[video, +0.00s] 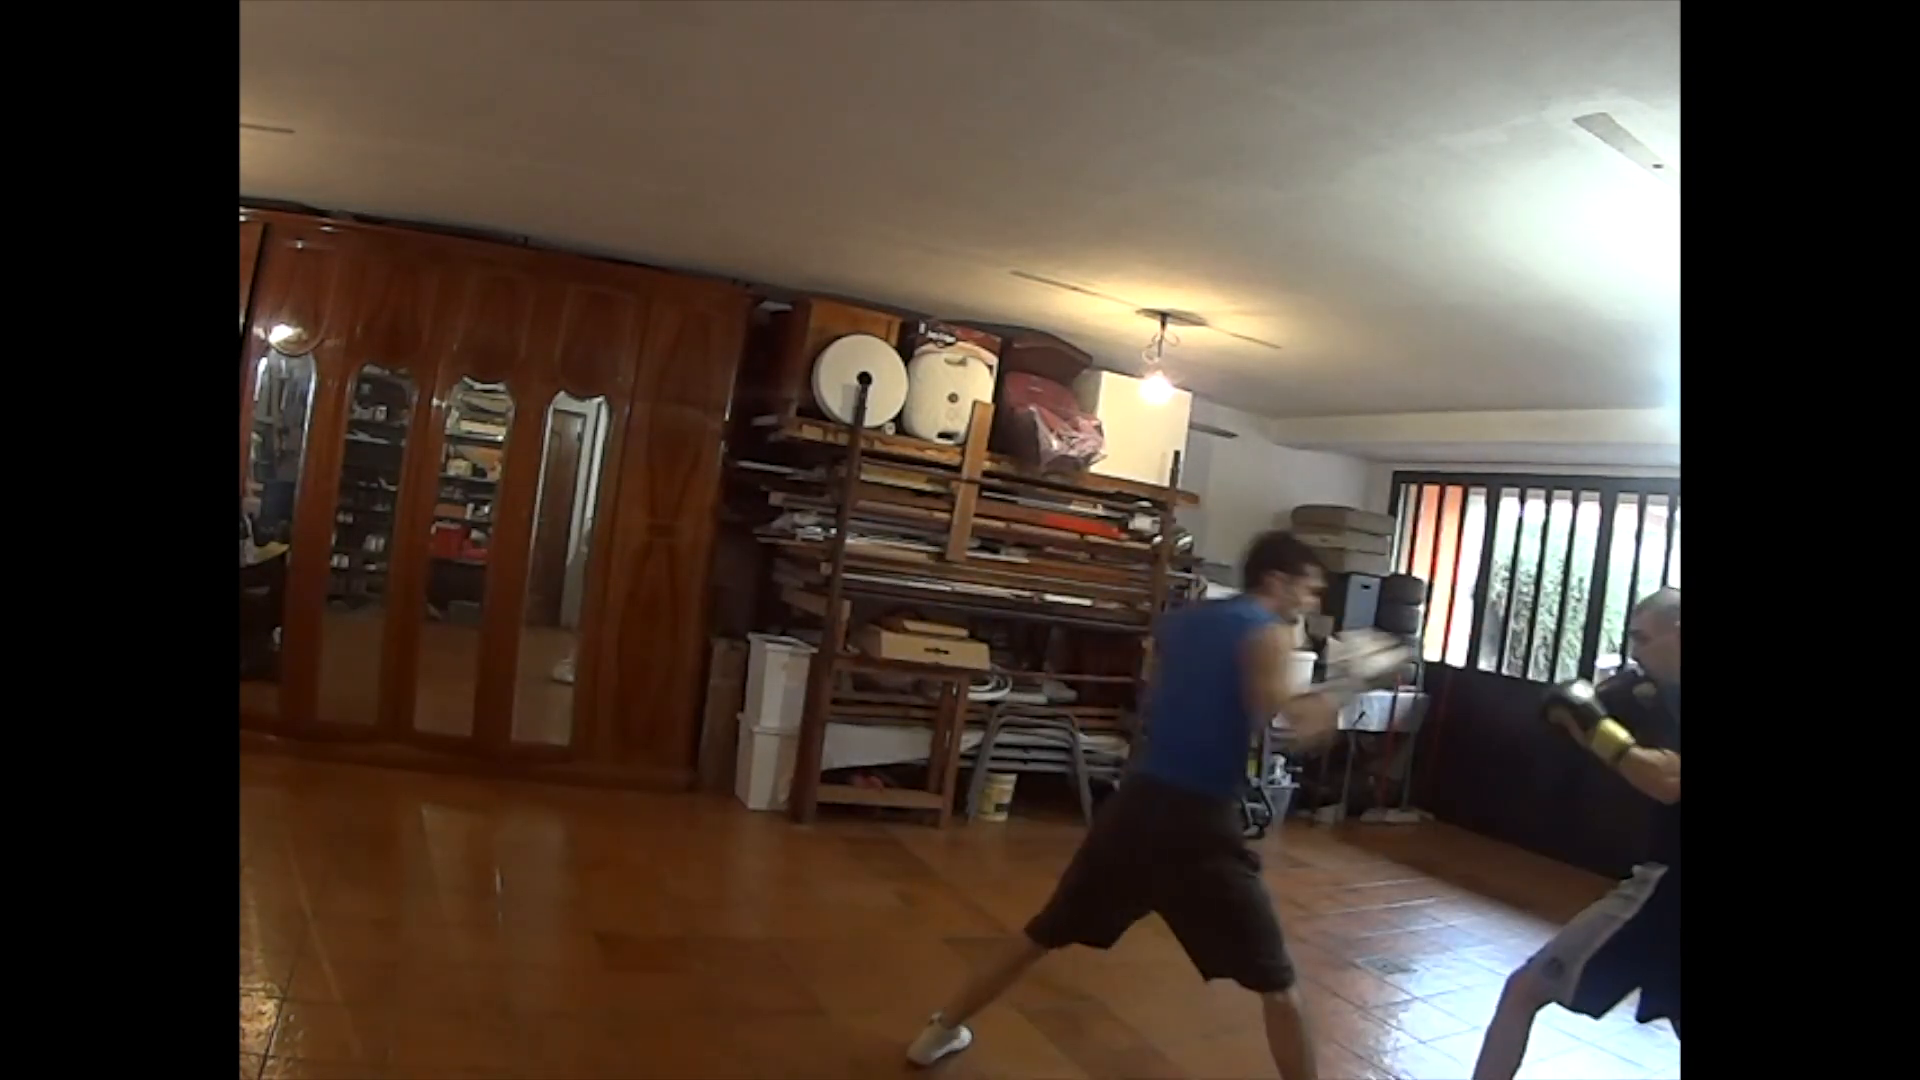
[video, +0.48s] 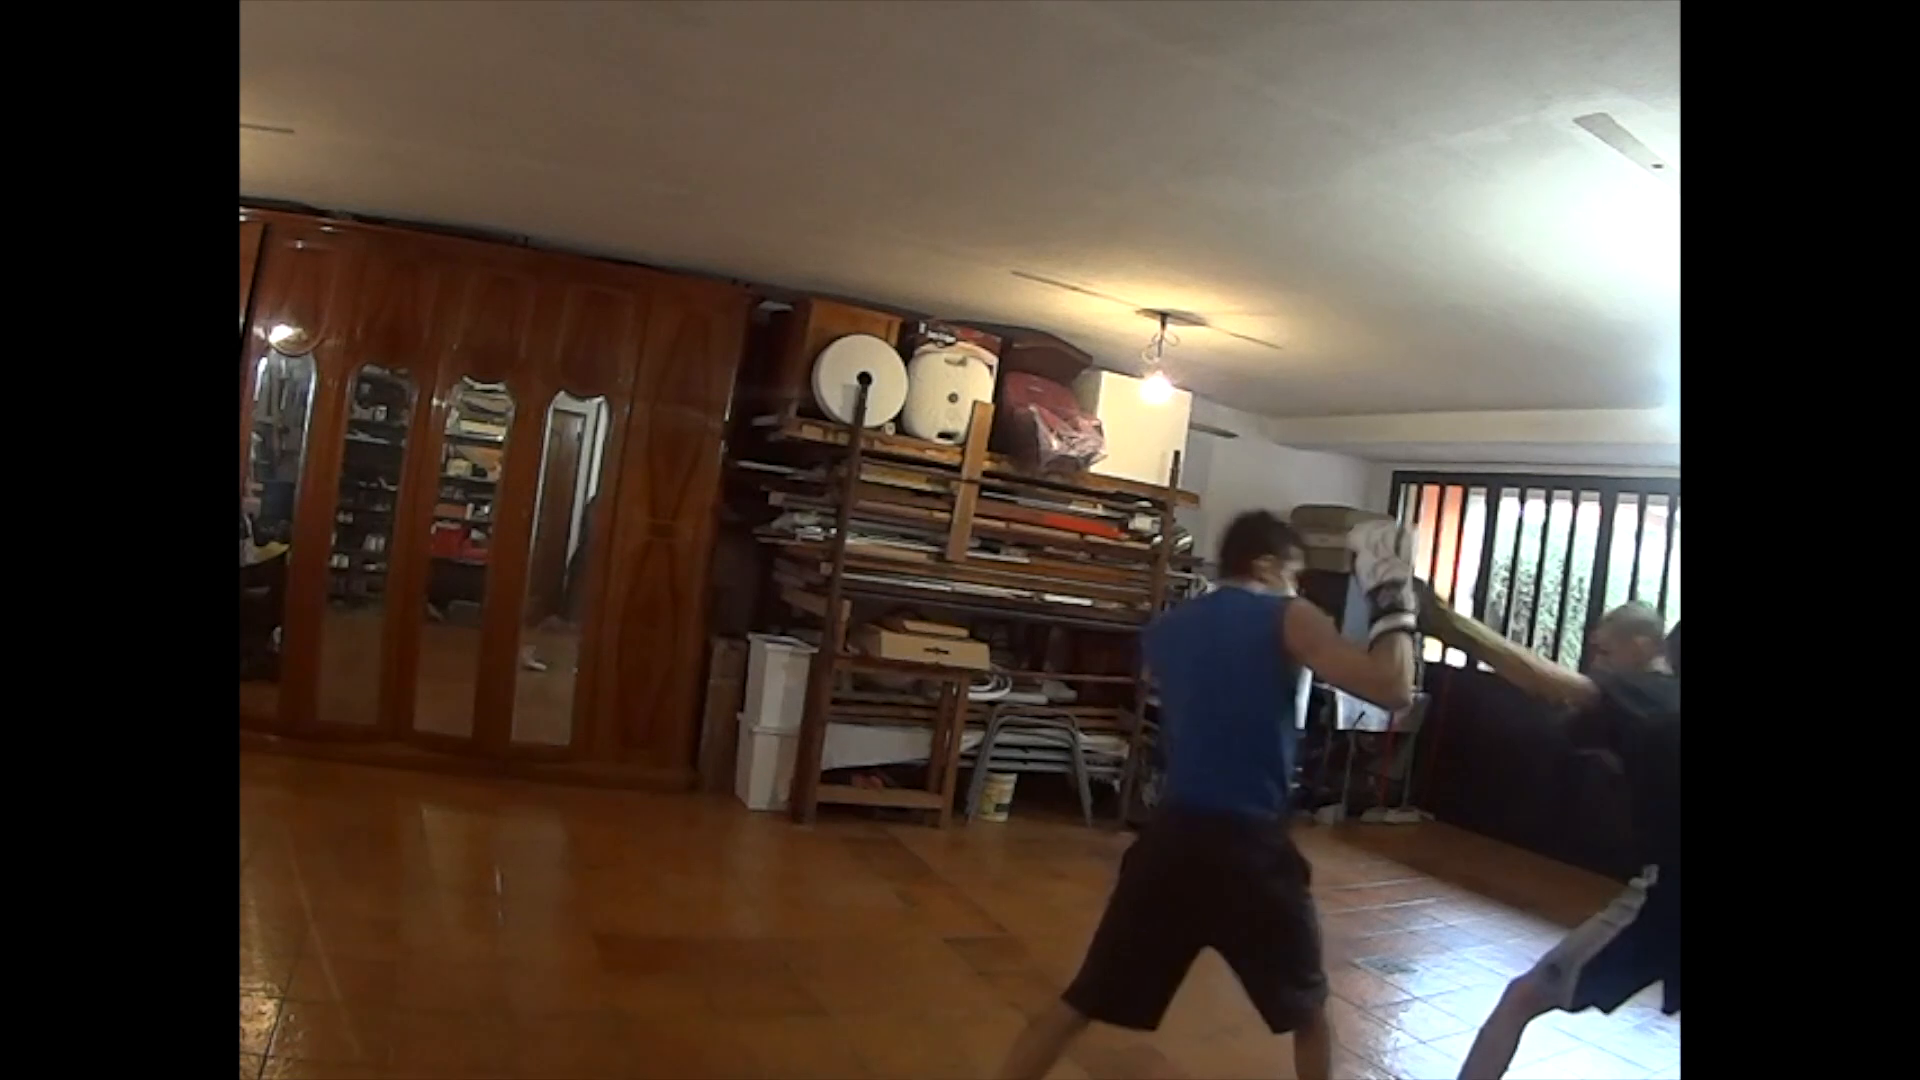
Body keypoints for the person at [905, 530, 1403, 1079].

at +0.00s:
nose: (1310, 606)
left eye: (1315, 595)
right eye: (1308, 593)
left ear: (1252, 580)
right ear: (1274, 581)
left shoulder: (1182, 619)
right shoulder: (1265, 630)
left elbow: (1167, 698)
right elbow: (1277, 707)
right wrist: (1353, 683)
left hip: (1131, 816)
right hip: (1203, 828)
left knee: (1038, 935)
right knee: (1278, 986)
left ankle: (937, 1032)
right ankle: (1307, 1075)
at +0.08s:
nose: (1353, 621)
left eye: (1354, 612)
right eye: (1349, 610)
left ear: (1288, 589)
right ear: (1321, 598)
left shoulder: (1211, 621)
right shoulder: (1321, 646)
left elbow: (1173, 700)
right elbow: (1419, 690)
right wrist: (1479, 661)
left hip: (1143, 813)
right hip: (1216, 833)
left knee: (1057, 932)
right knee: (1283, 989)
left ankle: (953, 1032)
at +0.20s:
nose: (1370, 623)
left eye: (1371, 613)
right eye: (1369, 610)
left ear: (1303, 584)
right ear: (1341, 595)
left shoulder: (1227, 619)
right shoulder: (1339, 630)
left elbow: (1192, 712)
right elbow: (1453, 686)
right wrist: (1481, 638)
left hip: (1173, 817)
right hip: (1250, 836)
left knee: (1076, 950)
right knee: (1300, 997)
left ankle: (972, 1056)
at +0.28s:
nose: (1358, 598)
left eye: (1360, 589)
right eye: (1357, 587)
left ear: (1291, 573)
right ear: (1328, 576)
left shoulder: (1217, 616)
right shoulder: (1337, 620)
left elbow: (1197, 719)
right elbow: (1422, 701)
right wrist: (1452, 651)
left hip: (1184, 816)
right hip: (1264, 831)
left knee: (1089, 960)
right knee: (1307, 998)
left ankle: (987, 1066)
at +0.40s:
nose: (1323, 589)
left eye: (1324, 577)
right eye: (1320, 575)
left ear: (1256, 564)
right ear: (1294, 565)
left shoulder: (1194, 620)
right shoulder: (1307, 615)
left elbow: (1193, 722)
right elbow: (1392, 704)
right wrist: (1406, 620)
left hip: (1180, 835)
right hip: (1265, 846)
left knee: (1090, 991)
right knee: (1315, 1012)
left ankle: (1008, 1074)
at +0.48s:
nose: (1297, 587)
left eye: (1298, 577)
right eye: (1293, 574)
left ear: (1226, 565)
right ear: (1265, 566)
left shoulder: (1168, 625)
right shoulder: (1284, 616)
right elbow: (1392, 686)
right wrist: (1394, 598)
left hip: (1169, 849)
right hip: (1253, 858)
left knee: (1078, 1003)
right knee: (1309, 1016)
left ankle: (1007, 1073)